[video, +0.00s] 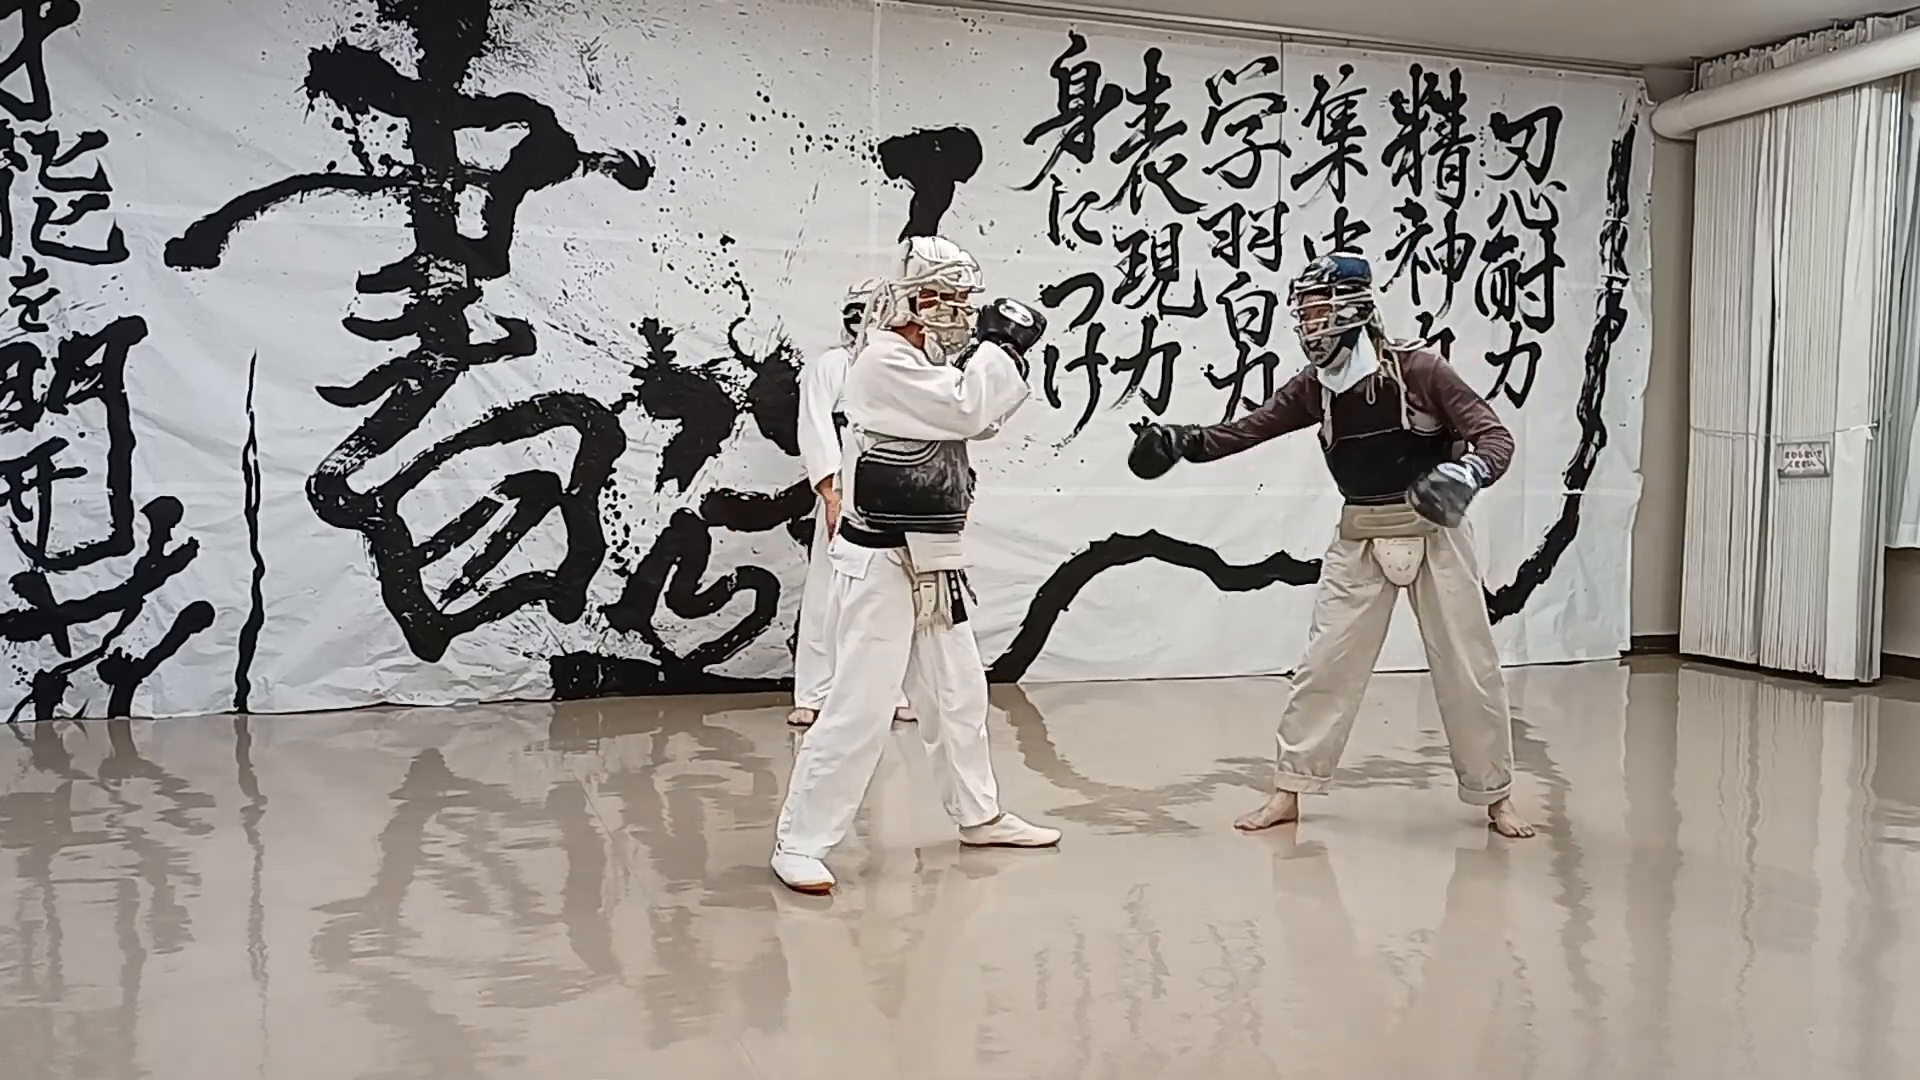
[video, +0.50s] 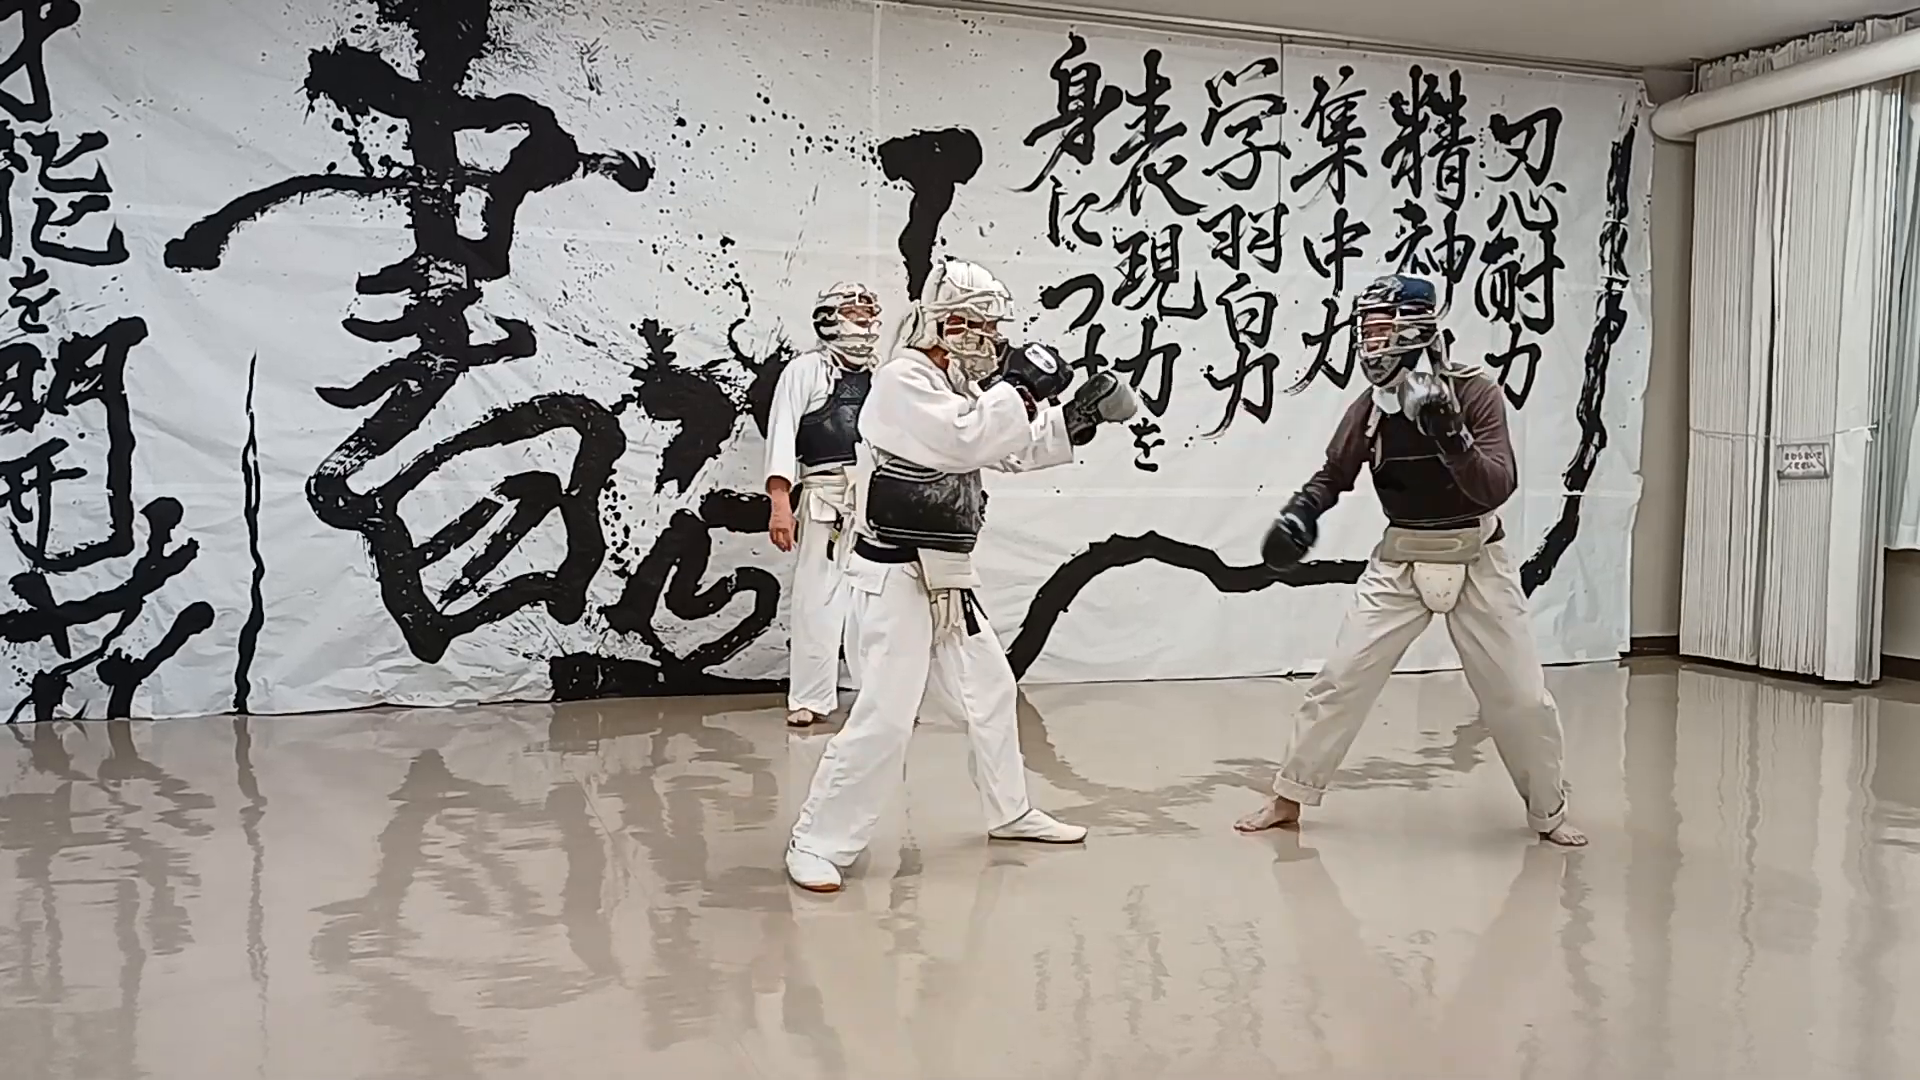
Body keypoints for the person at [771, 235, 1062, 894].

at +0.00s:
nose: (954, 313)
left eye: (961, 301)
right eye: (943, 300)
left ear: (965, 305)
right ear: (910, 299)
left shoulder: (937, 363)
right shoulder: (880, 360)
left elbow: (982, 422)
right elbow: (962, 408)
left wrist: (1009, 358)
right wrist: (1001, 347)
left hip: (934, 555)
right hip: (877, 556)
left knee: (959, 693)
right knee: (858, 707)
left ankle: (979, 818)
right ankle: (799, 847)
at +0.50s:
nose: (980, 338)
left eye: (987, 327)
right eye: (967, 324)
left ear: (995, 332)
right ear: (937, 326)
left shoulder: (972, 393)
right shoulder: (902, 379)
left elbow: (1018, 450)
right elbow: (964, 438)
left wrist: (1078, 421)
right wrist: (1022, 389)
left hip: (946, 572)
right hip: (889, 571)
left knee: (991, 690)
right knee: (885, 717)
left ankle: (1010, 813)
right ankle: (815, 846)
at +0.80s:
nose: (994, 331)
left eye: (1002, 321)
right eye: (981, 318)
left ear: (1006, 326)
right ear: (948, 315)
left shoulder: (980, 377)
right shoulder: (914, 369)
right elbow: (986, 417)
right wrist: (1029, 362)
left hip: (965, 562)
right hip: (902, 564)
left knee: (1011, 686)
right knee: (897, 709)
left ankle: (1013, 814)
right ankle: (843, 843)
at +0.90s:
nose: (986, 335)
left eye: (995, 325)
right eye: (972, 322)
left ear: (1005, 329)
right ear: (941, 321)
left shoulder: (974, 382)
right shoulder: (910, 374)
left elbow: (960, 472)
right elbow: (973, 429)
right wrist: (1031, 376)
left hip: (959, 571)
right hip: (900, 573)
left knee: (1027, 676)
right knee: (894, 710)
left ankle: (1031, 804)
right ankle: (843, 843)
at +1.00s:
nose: (991, 334)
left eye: (998, 323)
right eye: (978, 321)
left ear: (1005, 328)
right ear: (947, 321)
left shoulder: (975, 388)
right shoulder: (914, 375)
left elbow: (979, 477)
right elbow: (975, 432)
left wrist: (1039, 473)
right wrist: (1037, 380)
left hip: (964, 572)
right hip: (908, 574)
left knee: (1018, 688)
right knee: (898, 714)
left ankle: (1048, 807)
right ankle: (842, 845)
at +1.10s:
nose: (1007, 334)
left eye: (1012, 324)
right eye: (995, 321)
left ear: (1010, 326)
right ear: (961, 320)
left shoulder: (986, 385)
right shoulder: (925, 376)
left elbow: (1021, 450)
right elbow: (995, 426)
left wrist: (1078, 408)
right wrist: (1046, 368)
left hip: (974, 572)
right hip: (918, 574)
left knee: (1018, 693)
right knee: (905, 715)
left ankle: (1046, 813)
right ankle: (841, 844)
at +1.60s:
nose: (1073, 359)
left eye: (1079, 348)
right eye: (1059, 348)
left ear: (1084, 350)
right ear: (1028, 349)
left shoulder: (1059, 407)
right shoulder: (994, 408)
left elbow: (1072, 467)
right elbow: (1055, 478)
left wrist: (1127, 419)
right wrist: (1117, 428)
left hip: (1029, 588)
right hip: (972, 591)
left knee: (1095, 688)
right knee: (962, 721)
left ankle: (1110, 804)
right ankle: (890, 822)